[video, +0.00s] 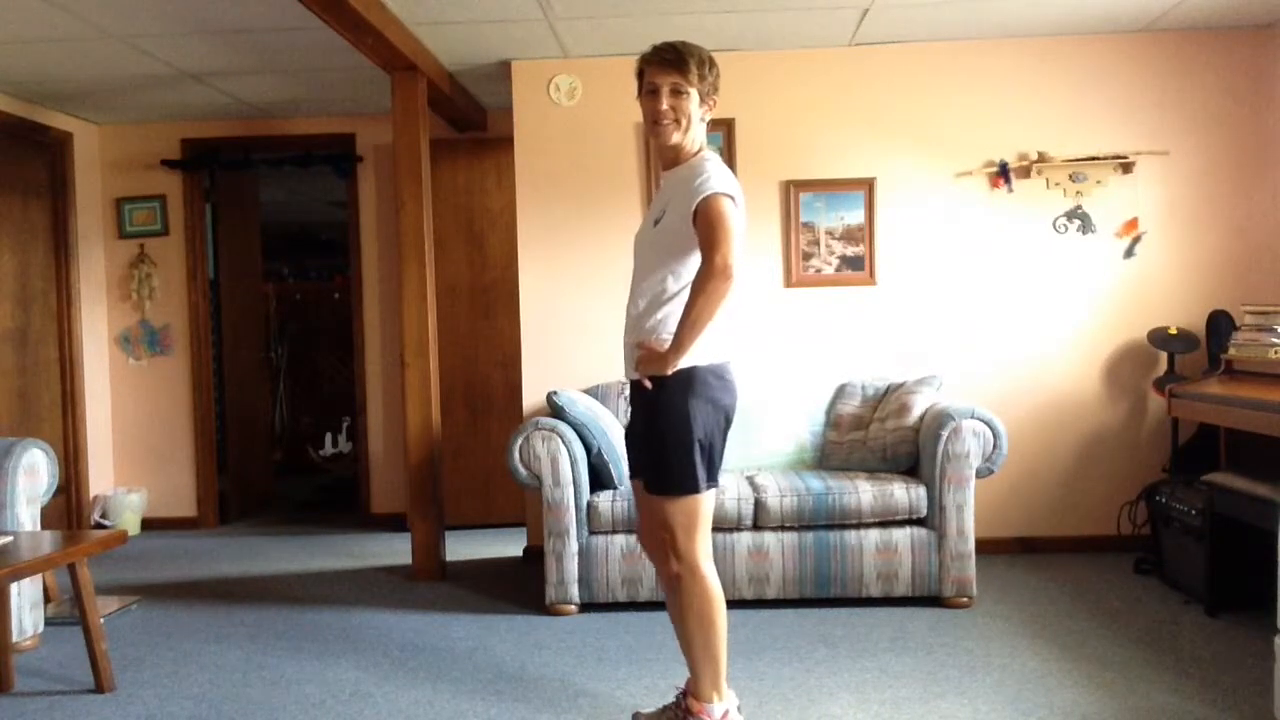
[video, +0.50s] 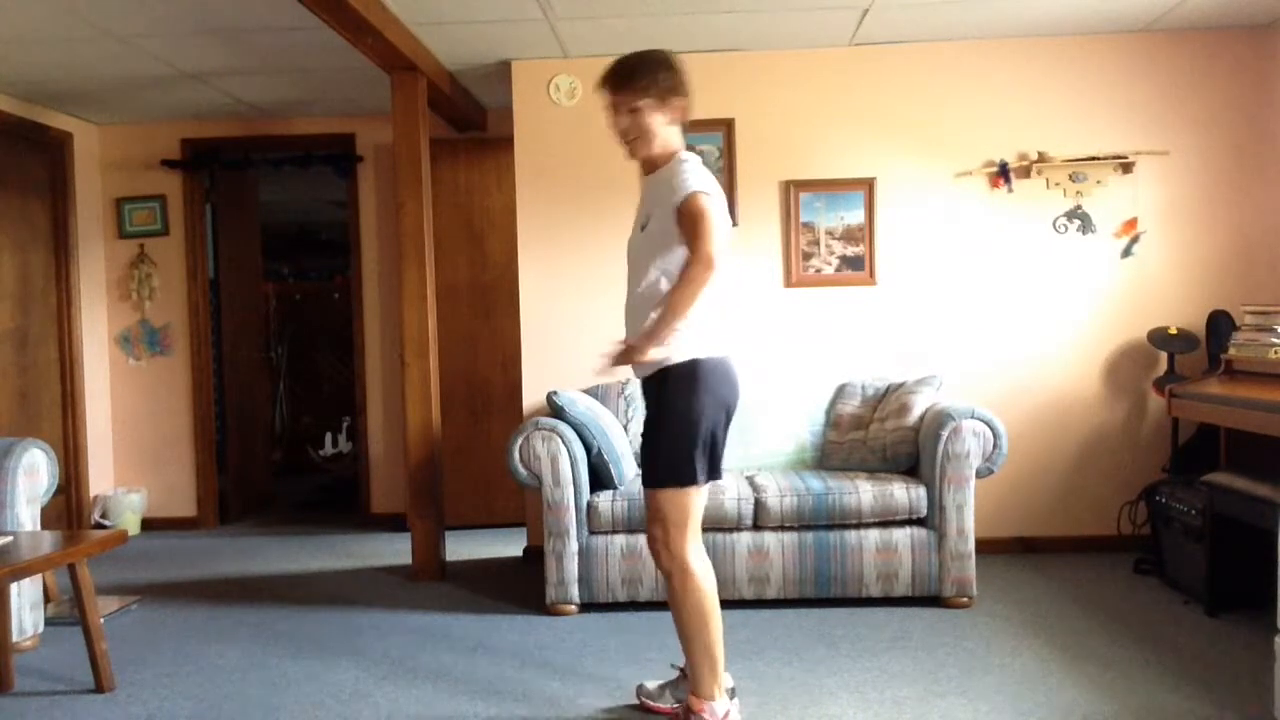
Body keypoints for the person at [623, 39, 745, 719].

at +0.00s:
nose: (661, 104)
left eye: (676, 92)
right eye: (651, 92)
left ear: (705, 103)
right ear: (640, 101)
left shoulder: (707, 176)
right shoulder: (670, 181)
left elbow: (721, 267)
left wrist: (673, 353)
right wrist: (649, 355)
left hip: (684, 382)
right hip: (656, 382)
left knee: (686, 551)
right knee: (660, 547)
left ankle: (713, 700)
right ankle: (704, 691)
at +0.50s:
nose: (625, 127)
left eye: (637, 111)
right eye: (617, 116)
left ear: (676, 109)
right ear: (614, 119)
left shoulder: (686, 174)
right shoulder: (660, 182)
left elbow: (707, 255)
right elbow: (671, 273)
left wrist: (653, 334)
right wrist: (640, 342)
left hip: (691, 374)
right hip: (676, 374)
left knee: (674, 543)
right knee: (669, 541)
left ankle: (711, 696)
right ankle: (703, 679)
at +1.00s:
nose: (477, 415)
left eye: (477, 401)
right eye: (471, 404)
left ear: (507, 382)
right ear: (510, 377)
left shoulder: (557, 415)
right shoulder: (564, 392)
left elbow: (523, 543)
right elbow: (535, 532)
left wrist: (469, 650)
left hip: (754, 443)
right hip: (754, 434)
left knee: (639, 578)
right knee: (658, 555)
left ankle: (706, 714)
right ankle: (707, 683)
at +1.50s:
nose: (457, 577)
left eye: (445, 569)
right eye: (447, 574)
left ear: (450, 538)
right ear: (458, 523)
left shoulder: (496, 516)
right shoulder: (513, 503)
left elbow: (498, 656)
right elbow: (519, 621)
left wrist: (480, 714)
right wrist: (486, 704)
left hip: (674, 429)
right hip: (687, 419)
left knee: (595, 602)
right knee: (637, 564)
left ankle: (696, 713)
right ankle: (736, 649)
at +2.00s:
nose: (435, 566)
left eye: (428, 556)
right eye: (426, 558)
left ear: (449, 527)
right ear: (457, 501)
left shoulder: (522, 510)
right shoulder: (514, 487)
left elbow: (508, 640)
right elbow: (516, 622)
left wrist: (487, 714)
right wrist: (484, 699)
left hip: (693, 496)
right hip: (704, 491)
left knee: (589, 599)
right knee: (832, 590)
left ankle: (699, 714)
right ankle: (968, 644)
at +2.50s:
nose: (445, 566)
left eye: (437, 556)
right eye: (437, 556)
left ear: (455, 531)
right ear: (466, 504)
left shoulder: (520, 526)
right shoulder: (523, 489)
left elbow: (514, 641)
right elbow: (518, 617)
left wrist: (482, 714)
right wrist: (488, 697)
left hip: (718, 521)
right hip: (713, 495)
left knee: (858, 615)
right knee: (854, 598)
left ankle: (1026, 662)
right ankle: (975, 654)